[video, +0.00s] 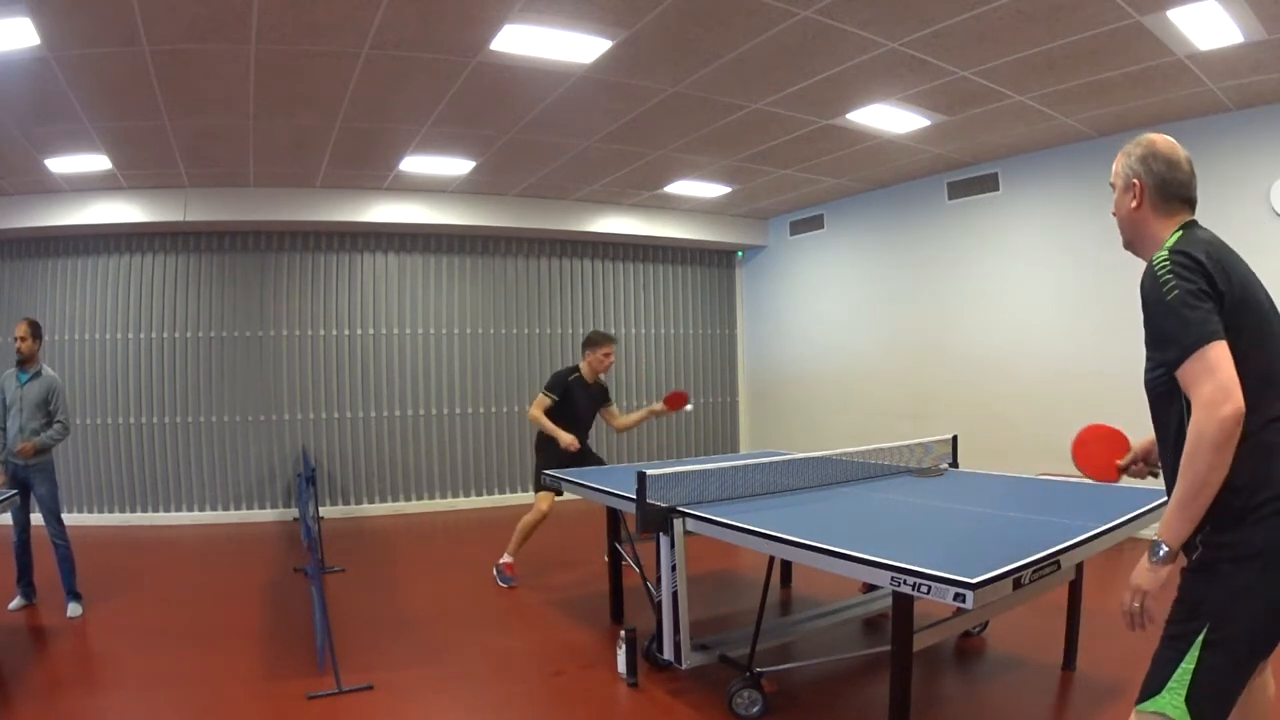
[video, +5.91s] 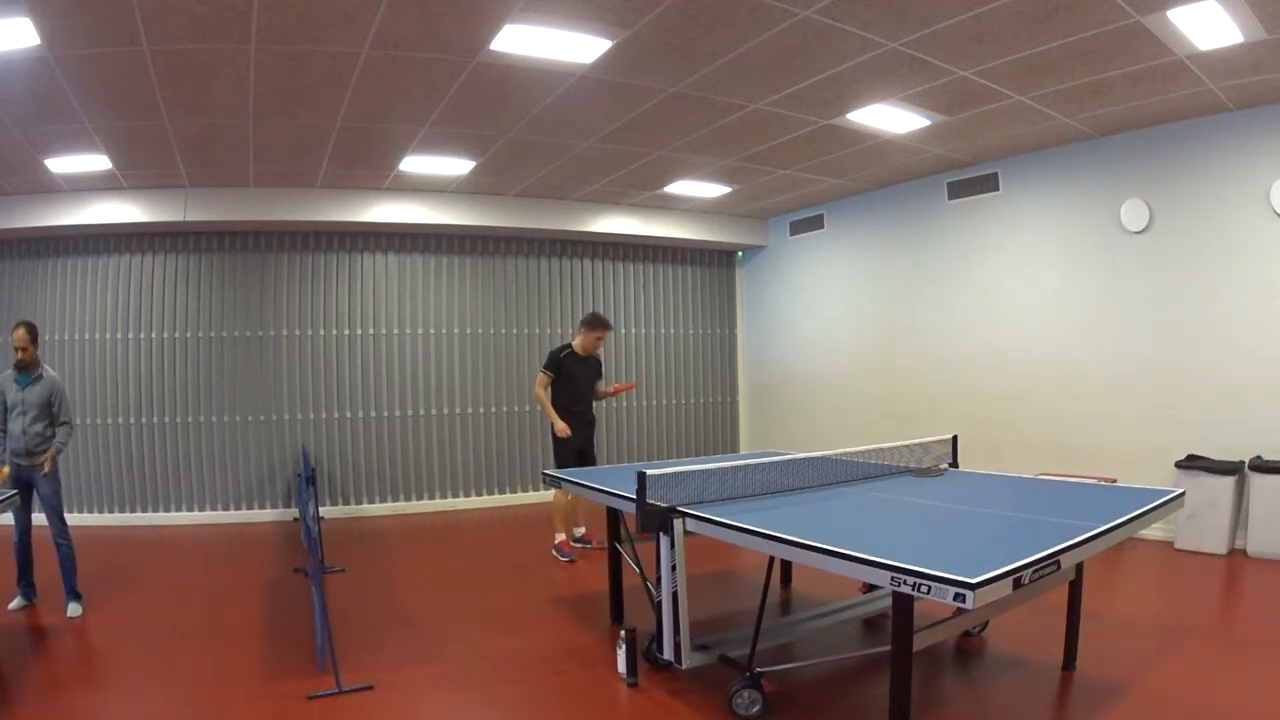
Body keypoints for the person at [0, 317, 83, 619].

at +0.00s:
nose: (17, 344)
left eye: (23, 339)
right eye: (15, 339)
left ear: (38, 343)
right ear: (14, 343)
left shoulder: (51, 382)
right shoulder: (6, 380)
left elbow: (63, 425)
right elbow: (3, 425)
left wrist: (37, 443)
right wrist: (2, 466)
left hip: (40, 466)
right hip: (11, 466)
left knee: (56, 531)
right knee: (20, 532)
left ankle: (72, 596)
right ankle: (26, 592)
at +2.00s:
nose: (30, 352)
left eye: (36, 348)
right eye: (28, 346)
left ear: (49, 349)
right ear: (25, 346)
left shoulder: (60, 390)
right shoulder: (12, 378)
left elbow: (69, 434)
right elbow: (4, 421)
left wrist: (48, 456)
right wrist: (12, 454)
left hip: (49, 464)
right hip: (19, 464)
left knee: (62, 532)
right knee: (22, 533)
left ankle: (73, 596)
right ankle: (26, 593)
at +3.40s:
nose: (17, 345)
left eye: (23, 340)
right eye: (15, 340)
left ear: (38, 344)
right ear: (13, 344)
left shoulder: (52, 383)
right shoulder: (6, 380)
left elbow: (61, 428)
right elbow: (2, 415)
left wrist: (41, 450)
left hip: (41, 464)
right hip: (11, 464)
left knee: (57, 532)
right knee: (20, 533)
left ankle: (72, 596)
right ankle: (26, 593)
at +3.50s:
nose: (17, 345)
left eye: (23, 340)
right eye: (15, 340)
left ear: (38, 344)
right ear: (13, 344)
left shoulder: (52, 383)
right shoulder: (7, 379)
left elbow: (62, 428)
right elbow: (3, 420)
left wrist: (41, 450)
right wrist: (1, 403)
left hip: (41, 463)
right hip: (11, 464)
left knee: (57, 531)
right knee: (20, 533)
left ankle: (72, 596)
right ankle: (26, 593)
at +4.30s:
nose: (18, 345)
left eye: (24, 340)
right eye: (15, 340)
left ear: (38, 344)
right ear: (13, 343)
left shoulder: (52, 382)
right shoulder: (6, 381)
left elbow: (62, 428)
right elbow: (3, 419)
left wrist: (42, 451)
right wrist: (8, 448)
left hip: (41, 463)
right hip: (11, 463)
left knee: (57, 531)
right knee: (20, 532)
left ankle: (73, 596)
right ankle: (26, 593)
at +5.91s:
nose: (18, 353)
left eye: (23, 348)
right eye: (15, 348)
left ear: (36, 346)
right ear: (11, 348)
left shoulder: (51, 382)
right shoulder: (6, 381)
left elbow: (65, 425)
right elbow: (3, 424)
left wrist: (53, 453)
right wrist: (4, 461)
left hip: (43, 464)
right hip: (13, 465)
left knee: (59, 532)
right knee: (21, 532)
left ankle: (73, 596)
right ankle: (26, 593)